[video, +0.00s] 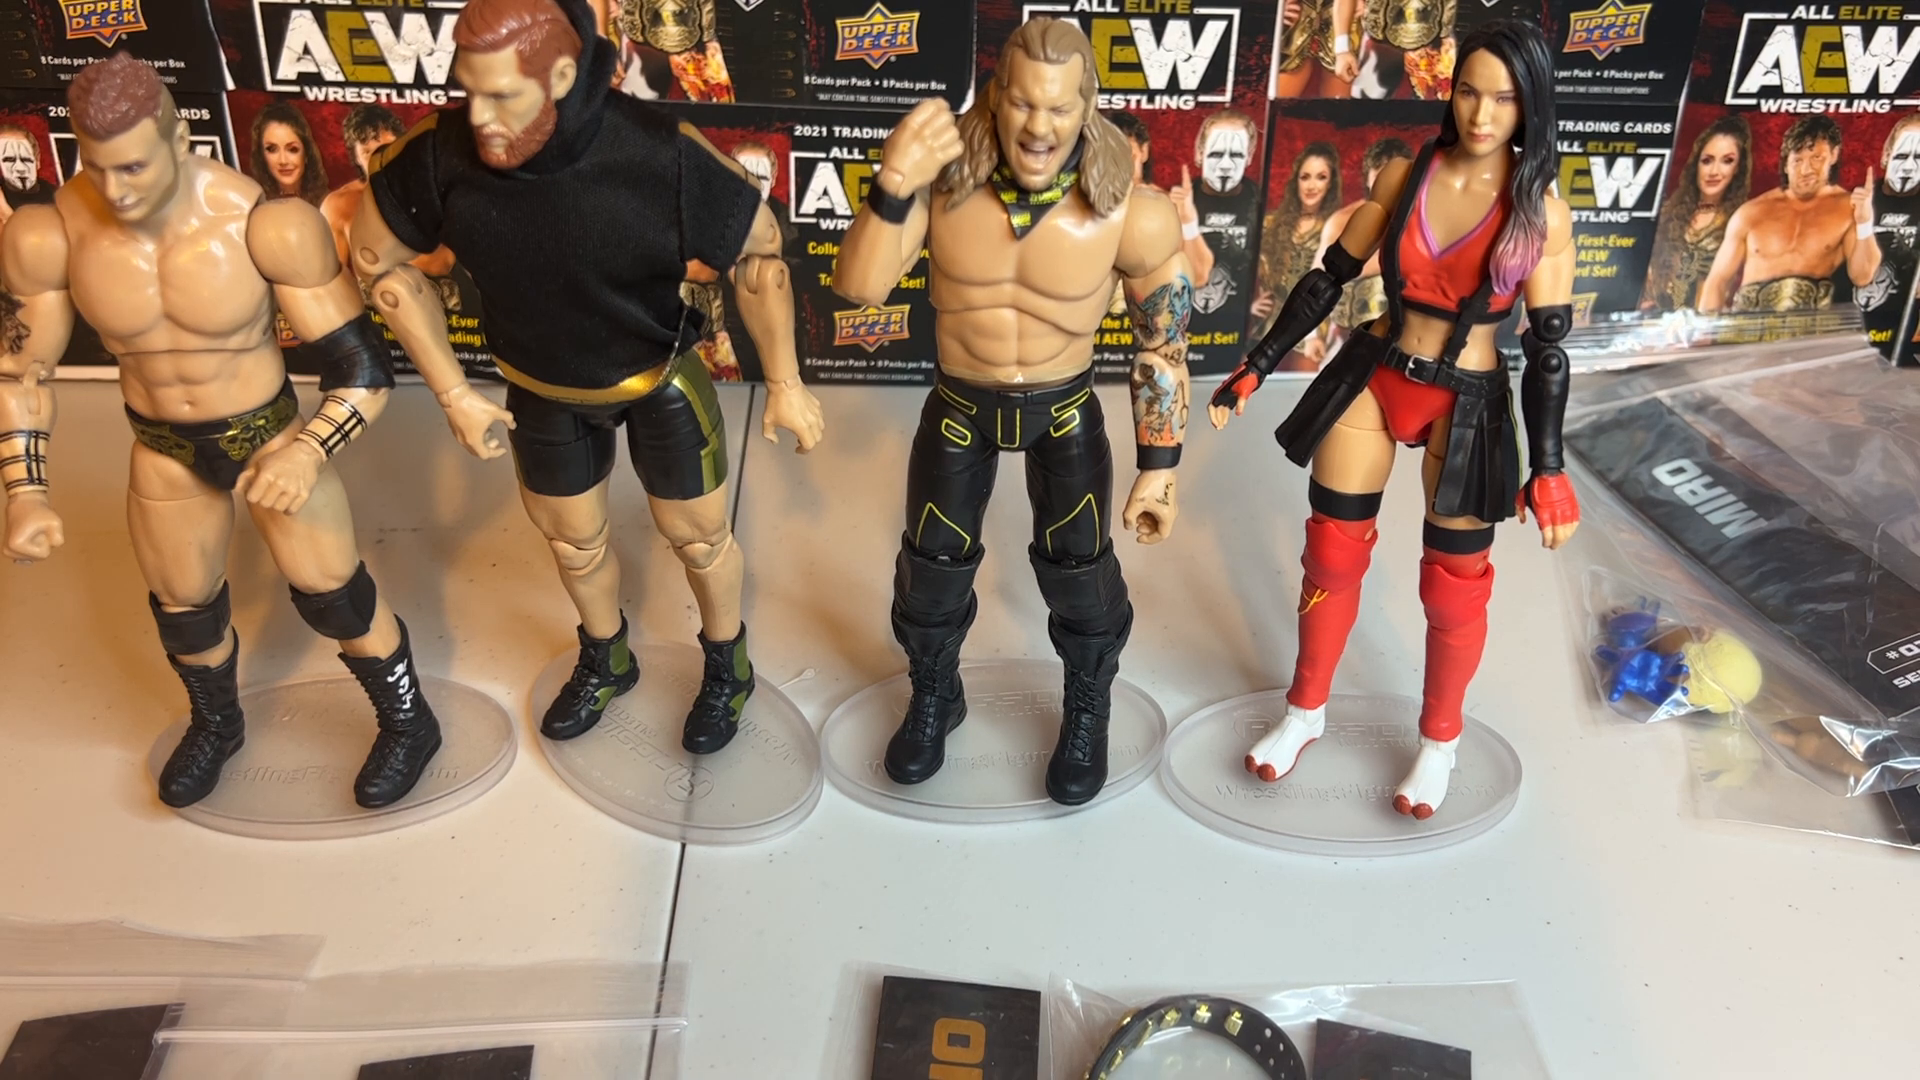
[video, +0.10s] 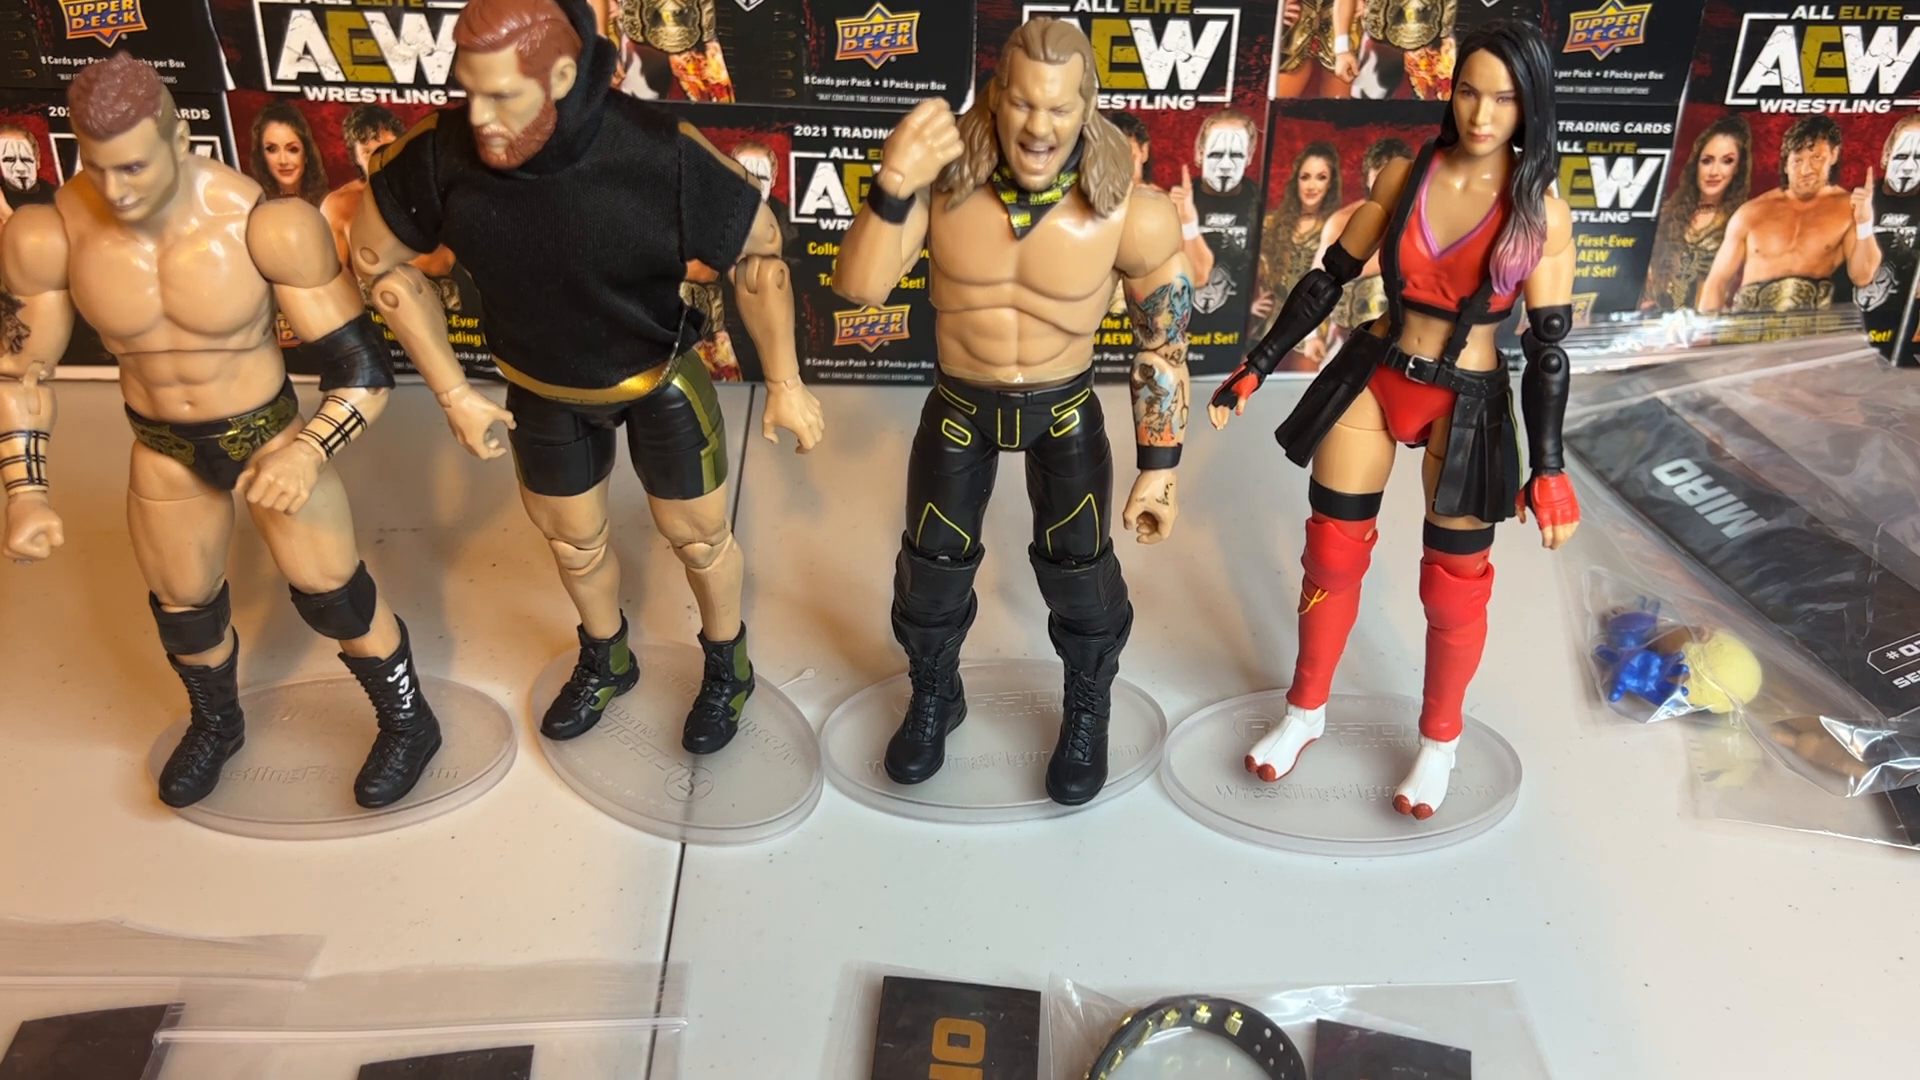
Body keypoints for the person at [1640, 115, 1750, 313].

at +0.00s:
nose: (1714, 171)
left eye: (1727, 161)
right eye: (1707, 160)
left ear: (1739, 168)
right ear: (1695, 164)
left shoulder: (1742, 220)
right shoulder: (1670, 213)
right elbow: (1654, 268)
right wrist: (1649, 301)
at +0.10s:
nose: (1714, 171)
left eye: (1727, 161)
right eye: (1707, 160)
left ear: (1739, 168)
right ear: (1695, 164)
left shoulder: (1742, 220)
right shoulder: (1670, 213)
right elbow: (1654, 266)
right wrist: (1649, 300)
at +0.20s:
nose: (1714, 171)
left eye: (1727, 161)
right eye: (1707, 160)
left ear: (1739, 168)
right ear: (1695, 164)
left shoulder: (1742, 220)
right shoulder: (1670, 213)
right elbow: (1653, 267)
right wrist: (1649, 300)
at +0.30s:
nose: (1714, 171)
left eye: (1727, 161)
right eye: (1707, 160)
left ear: (1739, 168)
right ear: (1695, 164)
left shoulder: (1742, 220)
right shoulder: (1670, 213)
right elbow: (1654, 269)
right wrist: (1649, 301)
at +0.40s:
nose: (1714, 171)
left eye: (1727, 161)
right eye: (1707, 160)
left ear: (1739, 168)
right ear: (1695, 164)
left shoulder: (1742, 219)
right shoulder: (1671, 212)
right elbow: (1655, 265)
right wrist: (1649, 300)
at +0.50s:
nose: (1714, 171)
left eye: (1727, 161)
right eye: (1707, 160)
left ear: (1739, 168)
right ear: (1696, 164)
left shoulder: (1742, 219)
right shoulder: (1671, 212)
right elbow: (1655, 266)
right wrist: (1649, 301)